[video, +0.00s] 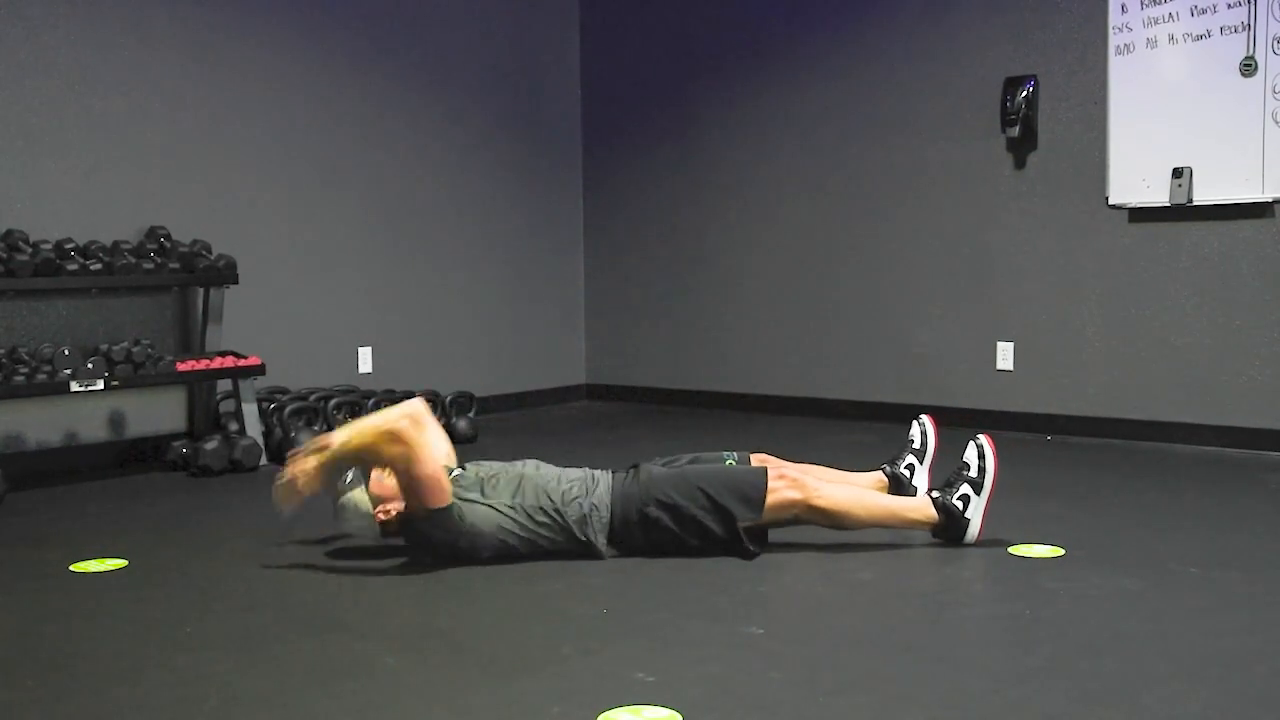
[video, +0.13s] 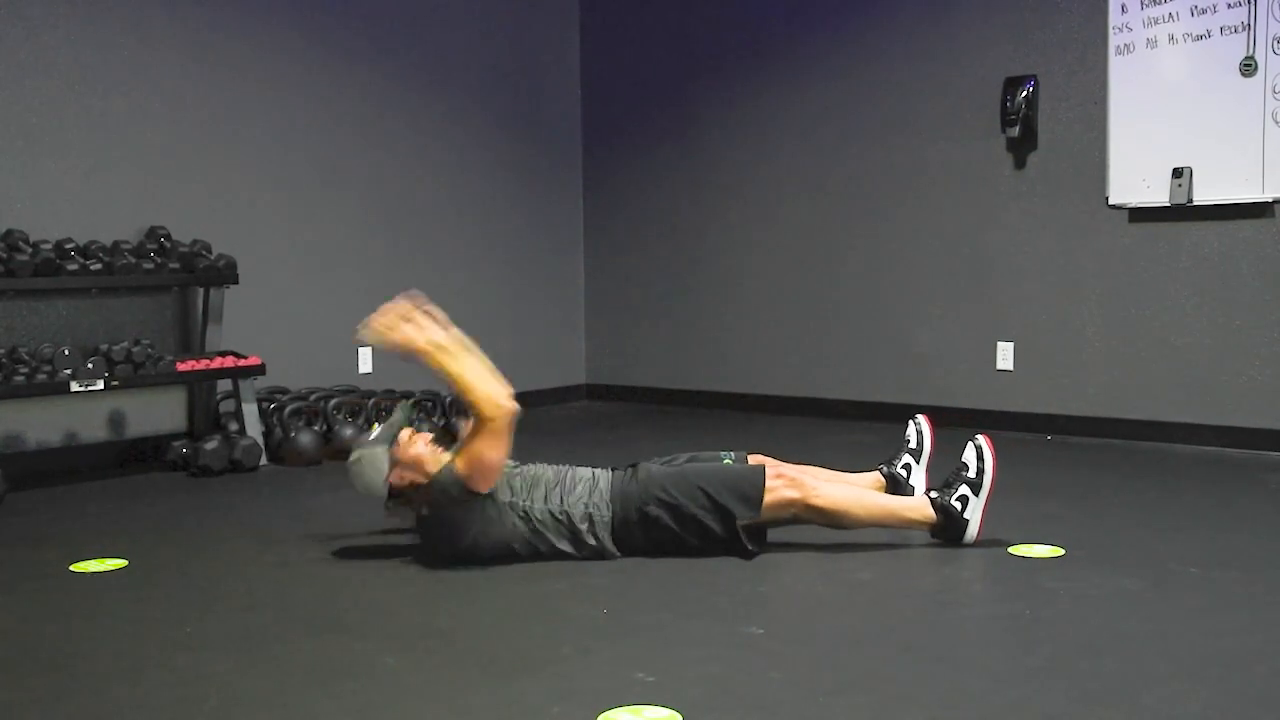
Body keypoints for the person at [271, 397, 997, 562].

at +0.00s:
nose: (385, 481)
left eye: (381, 474)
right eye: (379, 481)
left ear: (392, 484)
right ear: (383, 504)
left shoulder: (442, 499)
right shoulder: (436, 523)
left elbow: (414, 415)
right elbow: (409, 417)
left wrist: (332, 452)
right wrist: (323, 454)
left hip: (621, 486)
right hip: (620, 512)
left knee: (767, 464)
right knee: (784, 486)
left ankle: (897, 486)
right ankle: (942, 514)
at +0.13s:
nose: (421, 438)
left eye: (410, 433)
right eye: (405, 444)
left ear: (418, 454)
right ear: (400, 479)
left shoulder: (456, 489)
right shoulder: (450, 512)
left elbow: (495, 411)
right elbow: (497, 411)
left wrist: (440, 335)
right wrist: (433, 339)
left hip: (631, 487)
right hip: (627, 508)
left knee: (769, 466)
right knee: (785, 488)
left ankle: (895, 487)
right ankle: (941, 514)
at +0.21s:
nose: (457, 413)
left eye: (449, 405)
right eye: (442, 414)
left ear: (433, 435)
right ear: (420, 446)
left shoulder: (464, 464)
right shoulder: (460, 478)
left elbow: (542, 421)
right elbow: (556, 417)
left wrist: (560, 325)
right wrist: (562, 316)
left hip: (618, 492)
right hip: (619, 511)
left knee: (763, 466)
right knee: (784, 485)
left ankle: (895, 484)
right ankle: (940, 513)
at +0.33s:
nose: (497, 375)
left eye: (488, 368)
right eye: (483, 372)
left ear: (466, 392)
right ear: (460, 397)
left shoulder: (503, 419)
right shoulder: (490, 446)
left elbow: (592, 398)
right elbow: (596, 428)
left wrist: (655, 349)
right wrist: (676, 361)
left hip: (633, 483)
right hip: (625, 513)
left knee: (778, 456)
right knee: (793, 480)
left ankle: (905, 482)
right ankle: (947, 510)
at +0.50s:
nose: (546, 332)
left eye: (539, 323)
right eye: (533, 327)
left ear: (510, 345)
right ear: (506, 348)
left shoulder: (536, 388)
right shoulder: (526, 409)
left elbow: (631, 394)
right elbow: (636, 421)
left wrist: (711, 376)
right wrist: (732, 394)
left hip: (642, 487)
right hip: (635, 511)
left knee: (789, 458)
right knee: (804, 476)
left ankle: (914, 478)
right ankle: (957, 500)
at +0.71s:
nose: (615, 293)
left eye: (610, 284)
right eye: (603, 287)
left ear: (574, 304)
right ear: (573, 304)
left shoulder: (586, 354)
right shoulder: (582, 367)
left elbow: (677, 392)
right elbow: (685, 413)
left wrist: (759, 400)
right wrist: (783, 417)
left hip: (648, 491)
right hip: (637, 513)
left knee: (793, 462)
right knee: (813, 488)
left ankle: (916, 477)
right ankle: (967, 510)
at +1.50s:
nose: (576, 313)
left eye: (570, 304)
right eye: (564, 307)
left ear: (541, 325)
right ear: (536, 327)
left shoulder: (561, 374)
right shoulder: (551, 394)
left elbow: (649, 398)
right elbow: (663, 429)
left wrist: (720, 365)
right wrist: (747, 379)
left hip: (660, 477)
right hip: (647, 505)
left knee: (796, 462)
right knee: (812, 485)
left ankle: (920, 477)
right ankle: (970, 513)